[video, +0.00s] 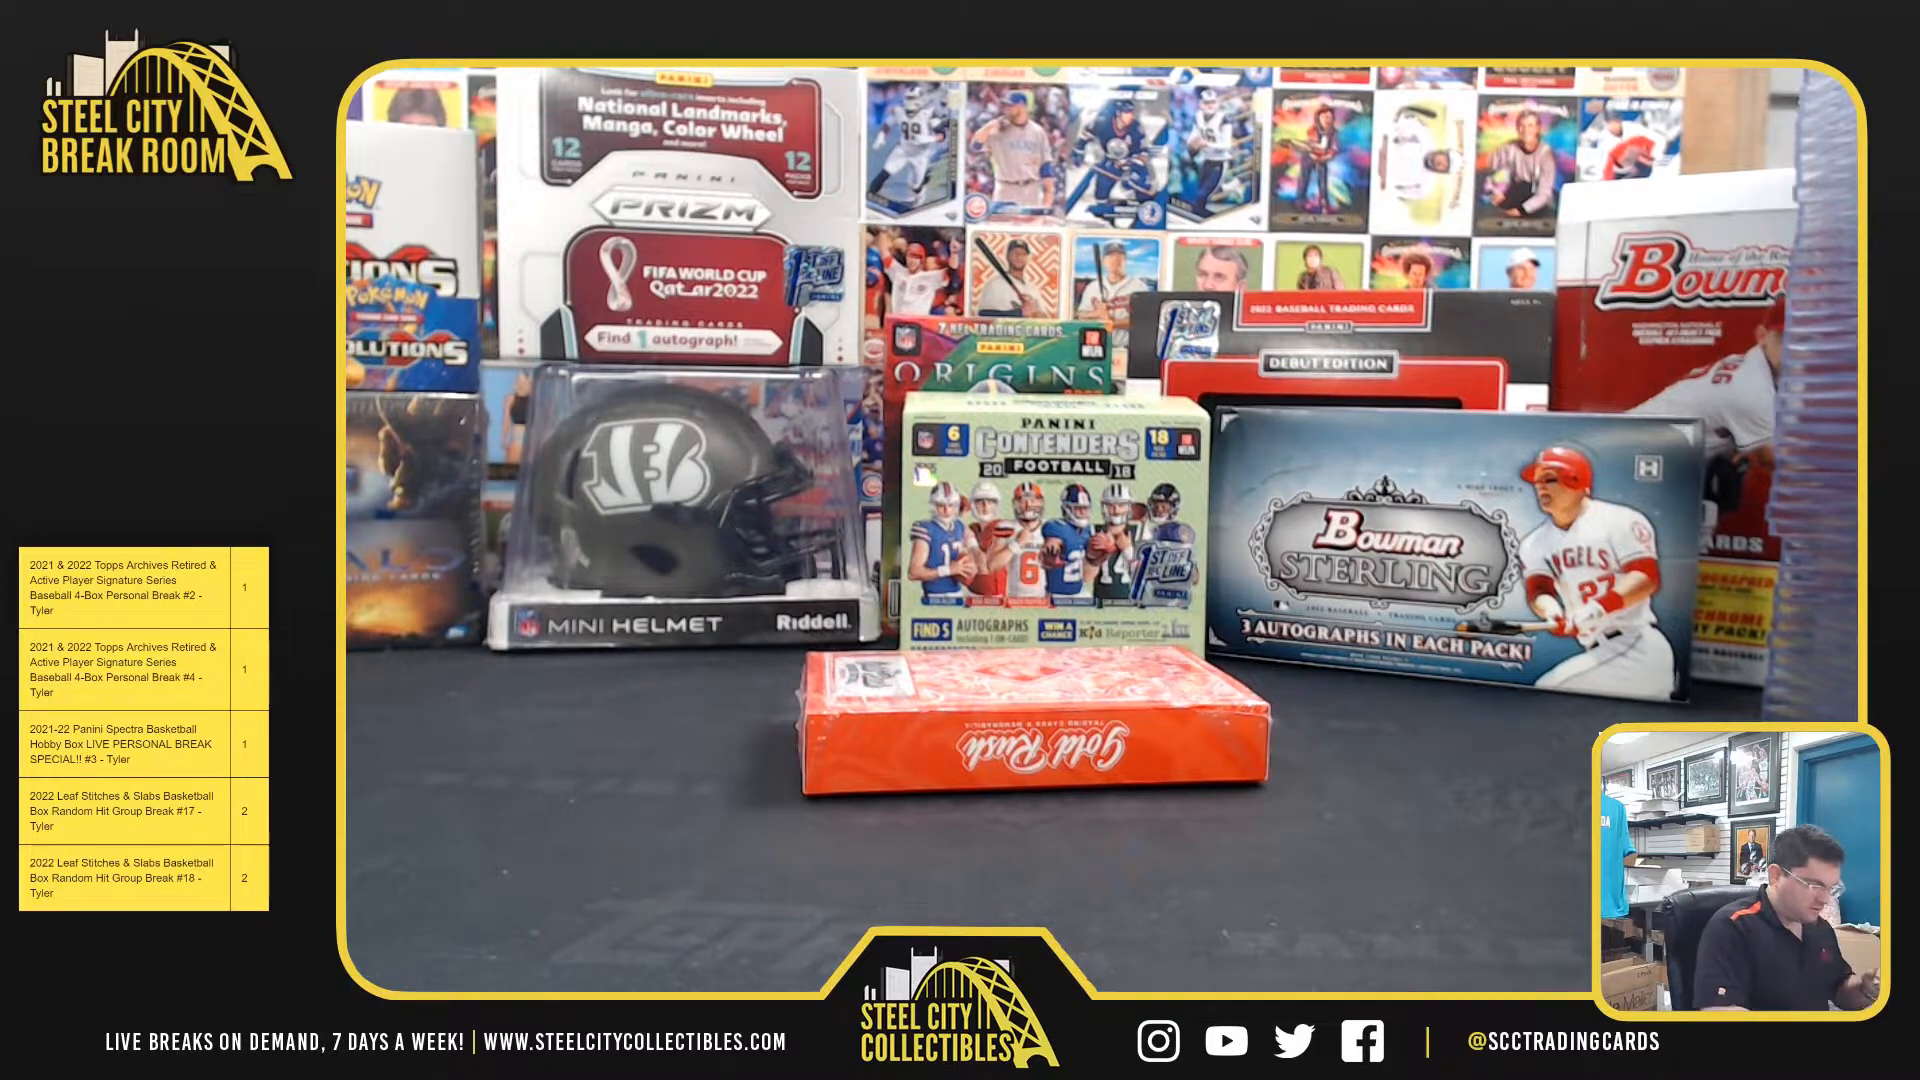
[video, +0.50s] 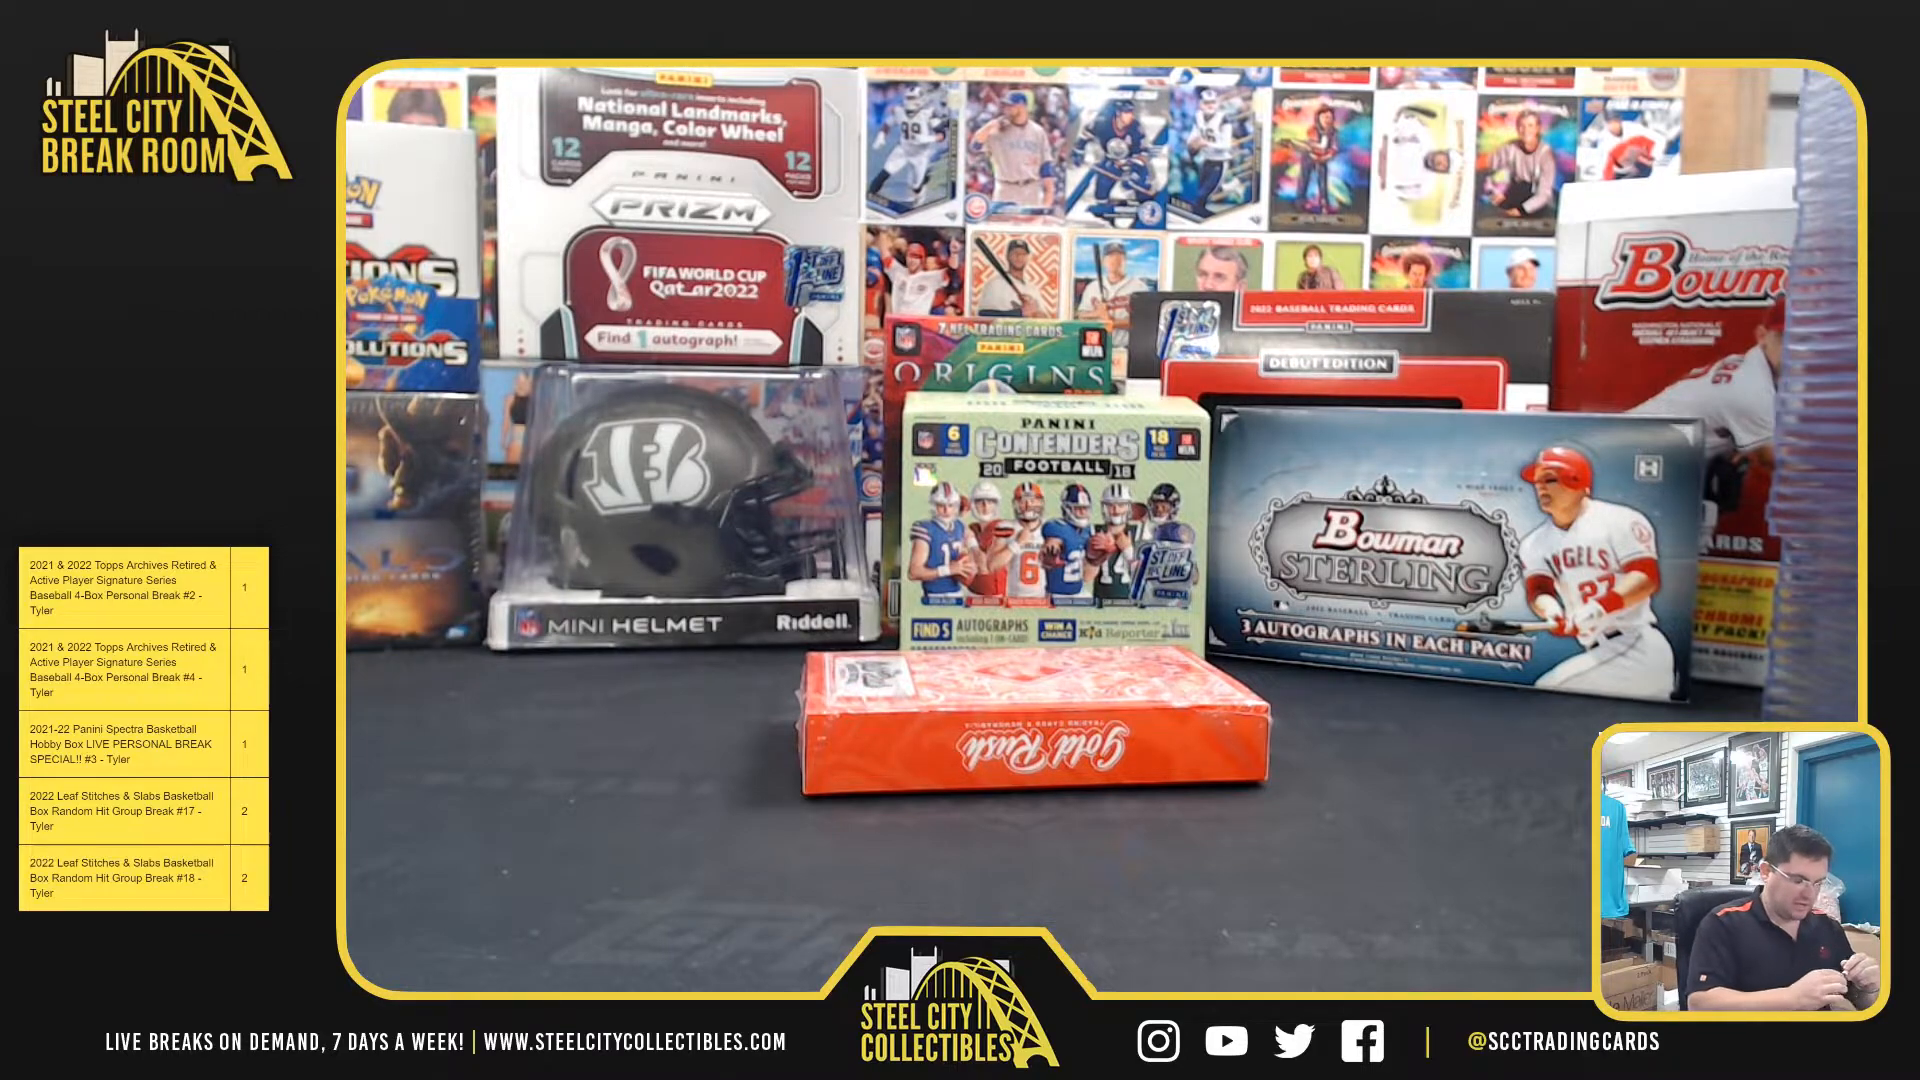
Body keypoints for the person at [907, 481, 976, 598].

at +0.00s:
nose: (946, 511)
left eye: (951, 505)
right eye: (941, 505)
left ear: (957, 506)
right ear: (934, 506)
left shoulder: (961, 527)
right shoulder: (924, 529)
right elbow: (915, 572)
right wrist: (949, 570)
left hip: (958, 595)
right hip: (935, 598)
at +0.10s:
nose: (946, 511)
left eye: (951, 505)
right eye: (941, 505)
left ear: (957, 506)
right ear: (934, 506)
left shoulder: (961, 527)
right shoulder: (924, 529)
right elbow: (915, 572)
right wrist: (949, 570)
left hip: (958, 595)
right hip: (935, 598)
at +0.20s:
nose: (946, 511)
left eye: (950, 505)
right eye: (941, 506)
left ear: (957, 507)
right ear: (934, 507)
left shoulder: (960, 528)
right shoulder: (925, 529)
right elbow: (914, 572)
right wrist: (948, 569)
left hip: (958, 596)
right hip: (935, 598)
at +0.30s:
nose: (946, 511)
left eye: (950, 505)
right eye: (941, 506)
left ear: (957, 507)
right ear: (934, 507)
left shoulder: (960, 528)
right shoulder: (925, 529)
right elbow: (914, 572)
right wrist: (948, 569)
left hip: (958, 596)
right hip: (935, 598)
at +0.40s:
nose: (946, 511)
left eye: (950, 505)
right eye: (941, 506)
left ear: (957, 507)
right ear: (934, 507)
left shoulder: (960, 528)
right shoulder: (925, 529)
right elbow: (914, 572)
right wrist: (948, 569)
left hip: (958, 596)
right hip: (935, 598)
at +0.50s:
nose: (946, 511)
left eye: (950, 505)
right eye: (941, 506)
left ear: (957, 507)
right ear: (934, 507)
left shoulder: (960, 528)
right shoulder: (925, 529)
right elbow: (914, 572)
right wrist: (948, 569)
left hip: (958, 596)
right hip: (935, 598)